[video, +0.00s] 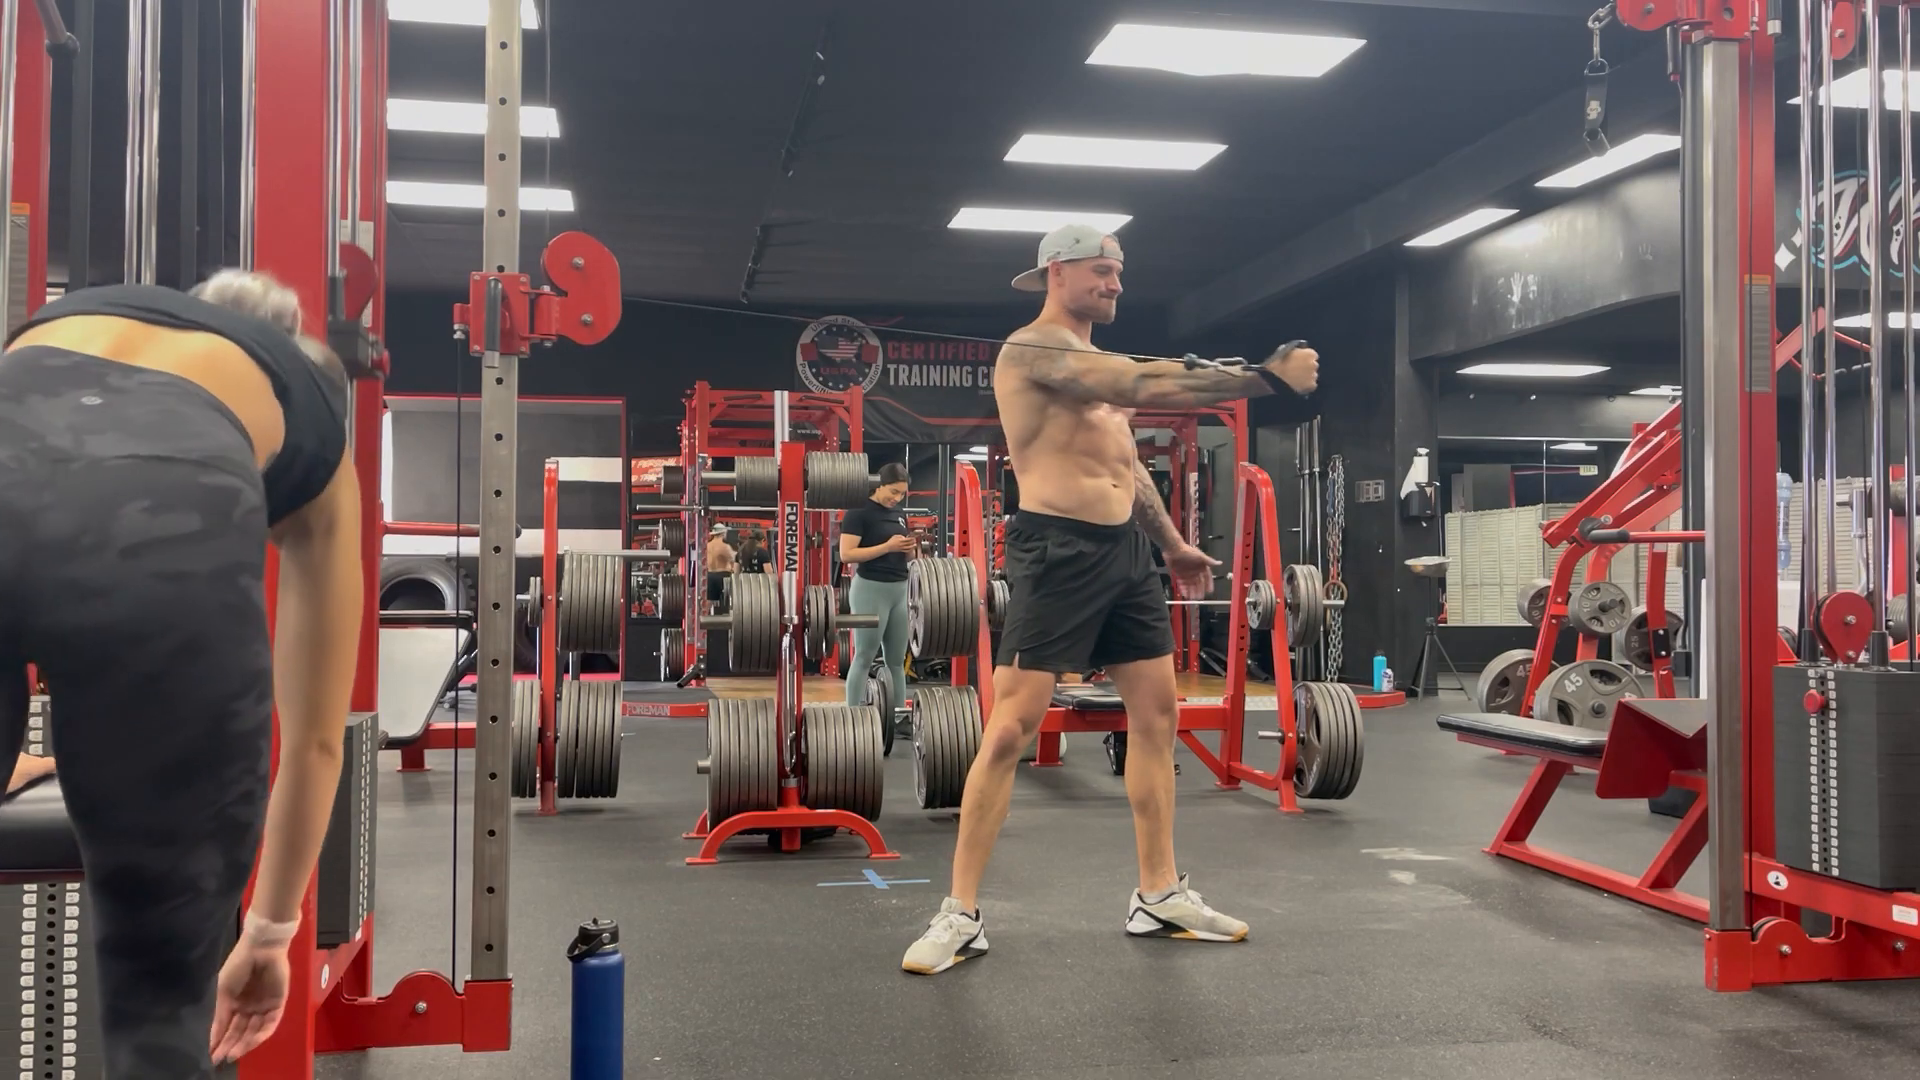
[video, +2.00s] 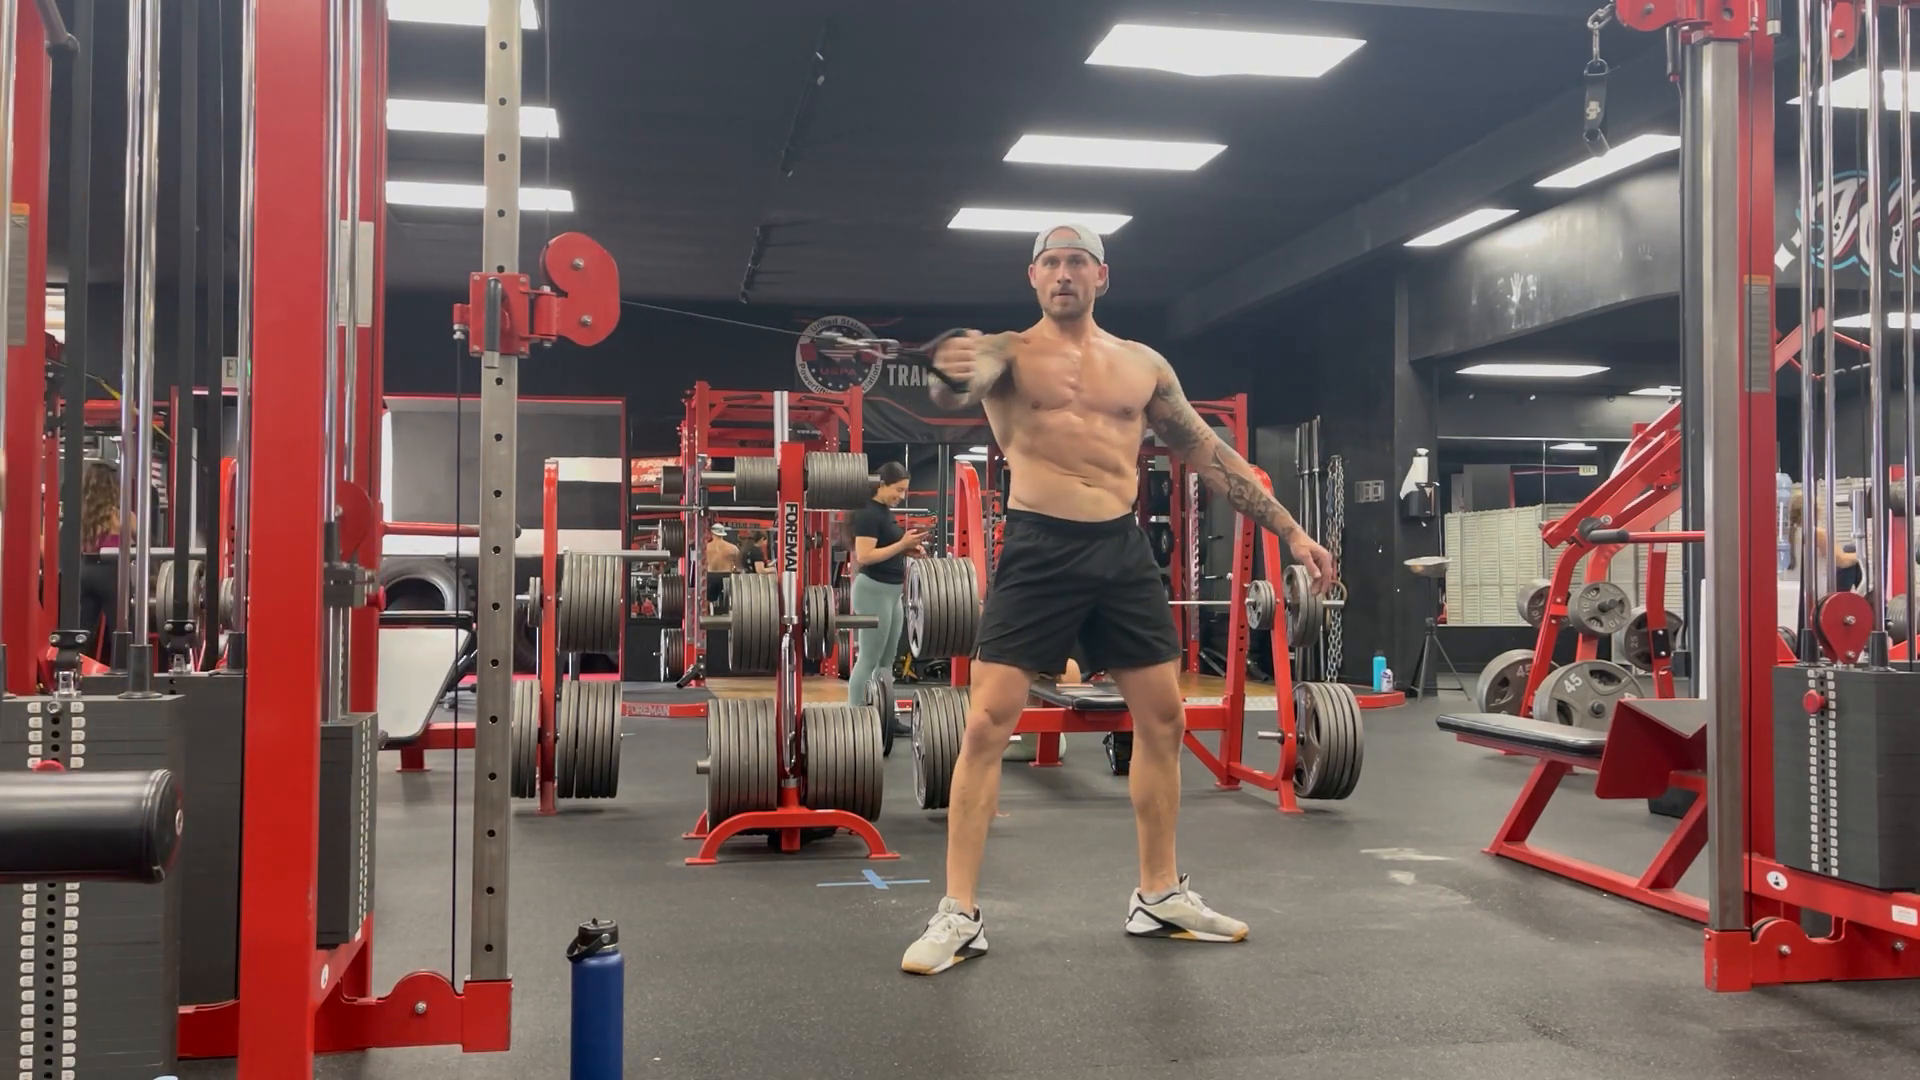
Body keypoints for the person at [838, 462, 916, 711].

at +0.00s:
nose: (898, 499)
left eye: (902, 494)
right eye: (894, 492)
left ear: (905, 491)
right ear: (880, 485)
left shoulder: (898, 514)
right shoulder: (858, 514)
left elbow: (905, 557)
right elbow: (846, 554)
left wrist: (911, 548)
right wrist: (887, 547)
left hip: (899, 592)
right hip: (870, 590)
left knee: (896, 661)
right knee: (863, 658)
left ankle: (899, 721)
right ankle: (853, 720)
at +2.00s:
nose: (902, 496)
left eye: (904, 491)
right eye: (899, 490)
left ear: (897, 487)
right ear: (884, 484)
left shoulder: (885, 513)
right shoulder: (869, 513)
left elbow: (883, 549)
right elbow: (863, 556)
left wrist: (905, 549)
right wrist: (901, 545)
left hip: (892, 592)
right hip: (873, 590)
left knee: (886, 661)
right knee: (868, 660)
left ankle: (880, 717)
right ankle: (855, 718)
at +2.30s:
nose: (918, 497)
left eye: (920, 492)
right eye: (915, 490)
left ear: (901, 487)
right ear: (898, 485)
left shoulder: (895, 512)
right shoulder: (886, 513)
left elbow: (894, 550)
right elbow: (883, 557)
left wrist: (918, 548)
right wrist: (918, 545)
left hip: (893, 586)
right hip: (886, 587)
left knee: (886, 655)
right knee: (905, 654)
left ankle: (874, 711)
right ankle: (881, 710)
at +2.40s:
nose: (923, 498)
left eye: (926, 493)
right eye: (921, 492)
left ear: (907, 488)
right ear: (904, 485)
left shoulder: (899, 512)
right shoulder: (892, 513)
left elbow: (897, 551)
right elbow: (887, 557)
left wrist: (921, 550)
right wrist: (923, 546)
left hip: (893, 585)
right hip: (890, 586)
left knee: (889, 657)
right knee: (919, 650)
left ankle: (881, 713)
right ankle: (898, 712)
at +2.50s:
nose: (931, 499)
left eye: (933, 494)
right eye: (928, 493)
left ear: (913, 488)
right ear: (912, 487)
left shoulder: (906, 511)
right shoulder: (898, 513)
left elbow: (904, 551)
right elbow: (892, 557)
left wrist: (929, 549)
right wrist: (928, 546)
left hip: (897, 583)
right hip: (896, 584)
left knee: (893, 653)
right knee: (928, 648)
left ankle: (882, 714)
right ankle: (926, 716)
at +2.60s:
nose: (937, 501)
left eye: (941, 496)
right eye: (935, 494)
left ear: (920, 490)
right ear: (919, 488)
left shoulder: (915, 513)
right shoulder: (905, 514)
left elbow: (912, 552)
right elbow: (898, 558)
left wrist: (937, 549)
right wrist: (934, 547)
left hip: (903, 582)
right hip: (903, 584)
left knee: (897, 652)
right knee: (933, 648)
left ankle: (884, 712)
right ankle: (945, 715)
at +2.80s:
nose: (954, 500)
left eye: (956, 495)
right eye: (952, 494)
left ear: (943, 493)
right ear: (939, 491)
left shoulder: (940, 516)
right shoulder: (926, 518)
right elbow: (918, 560)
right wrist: (955, 550)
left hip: (947, 593)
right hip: (930, 594)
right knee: (919, 651)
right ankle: (887, 704)